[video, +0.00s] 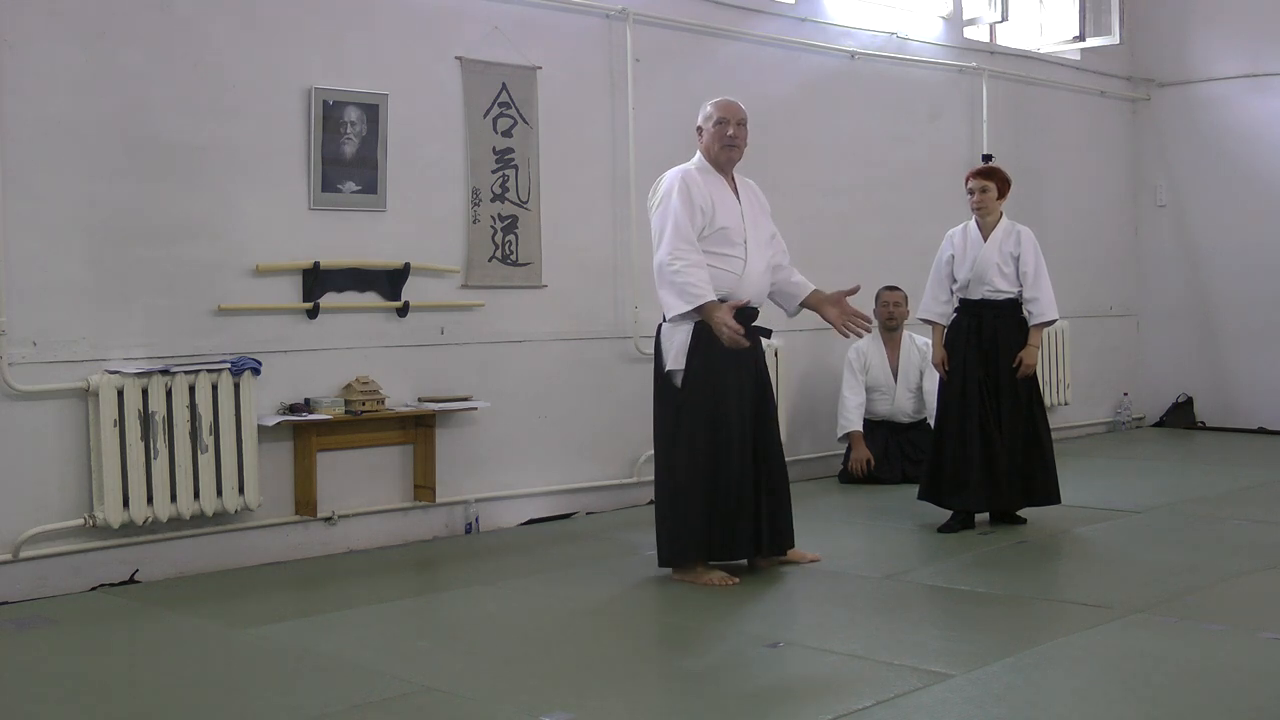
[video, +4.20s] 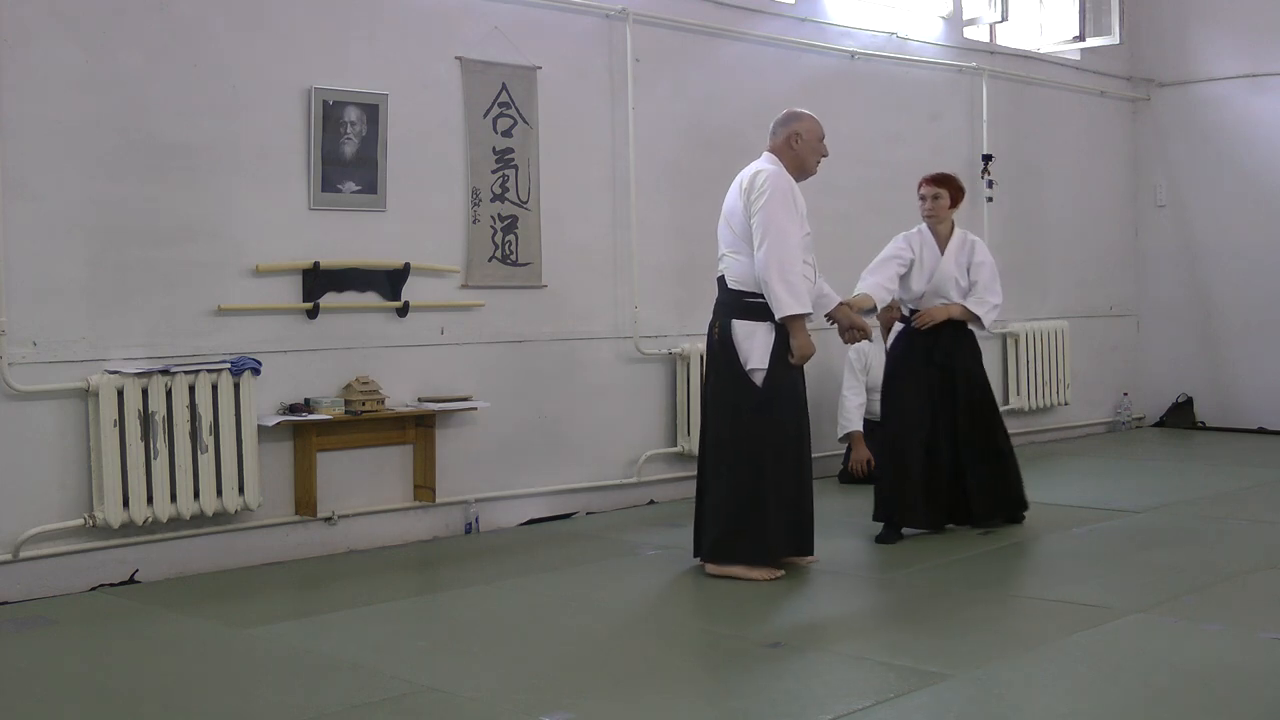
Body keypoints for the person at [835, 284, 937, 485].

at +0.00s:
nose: (891, 310)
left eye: (897, 305)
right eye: (885, 305)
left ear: (907, 313)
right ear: (875, 312)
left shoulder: (925, 348)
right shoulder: (860, 350)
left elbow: (934, 396)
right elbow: (851, 398)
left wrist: (944, 436)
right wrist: (857, 443)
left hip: (916, 430)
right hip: (874, 431)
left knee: (936, 472)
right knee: (855, 473)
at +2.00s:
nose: (891, 314)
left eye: (898, 308)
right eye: (885, 308)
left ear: (908, 314)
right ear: (876, 313)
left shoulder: (926, 349)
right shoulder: (861, 350)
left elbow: (936, 397)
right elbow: (852, 398)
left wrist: (945, 437)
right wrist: (857, 443)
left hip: (916, 430)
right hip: (875, 430)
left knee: (936, 471)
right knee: (856, 471)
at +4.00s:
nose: (893, 316)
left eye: (899, 310)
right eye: (886, 310)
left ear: (909, 315)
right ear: (876, 313)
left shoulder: (920, 347)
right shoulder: (861, 349)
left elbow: (931, 391)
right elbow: (852, 396)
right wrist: (857, 442)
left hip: (910, 430)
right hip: (872, 430)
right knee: (856, 472)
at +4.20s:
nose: (894, 316)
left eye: (899, 309)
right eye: (888, 309)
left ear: (908, 313)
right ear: (878, 314)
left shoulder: (914, 345)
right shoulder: (863, 347)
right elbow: (852, 394)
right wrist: (857, 441)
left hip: (908, 424)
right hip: (873, 425)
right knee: (853, 471)